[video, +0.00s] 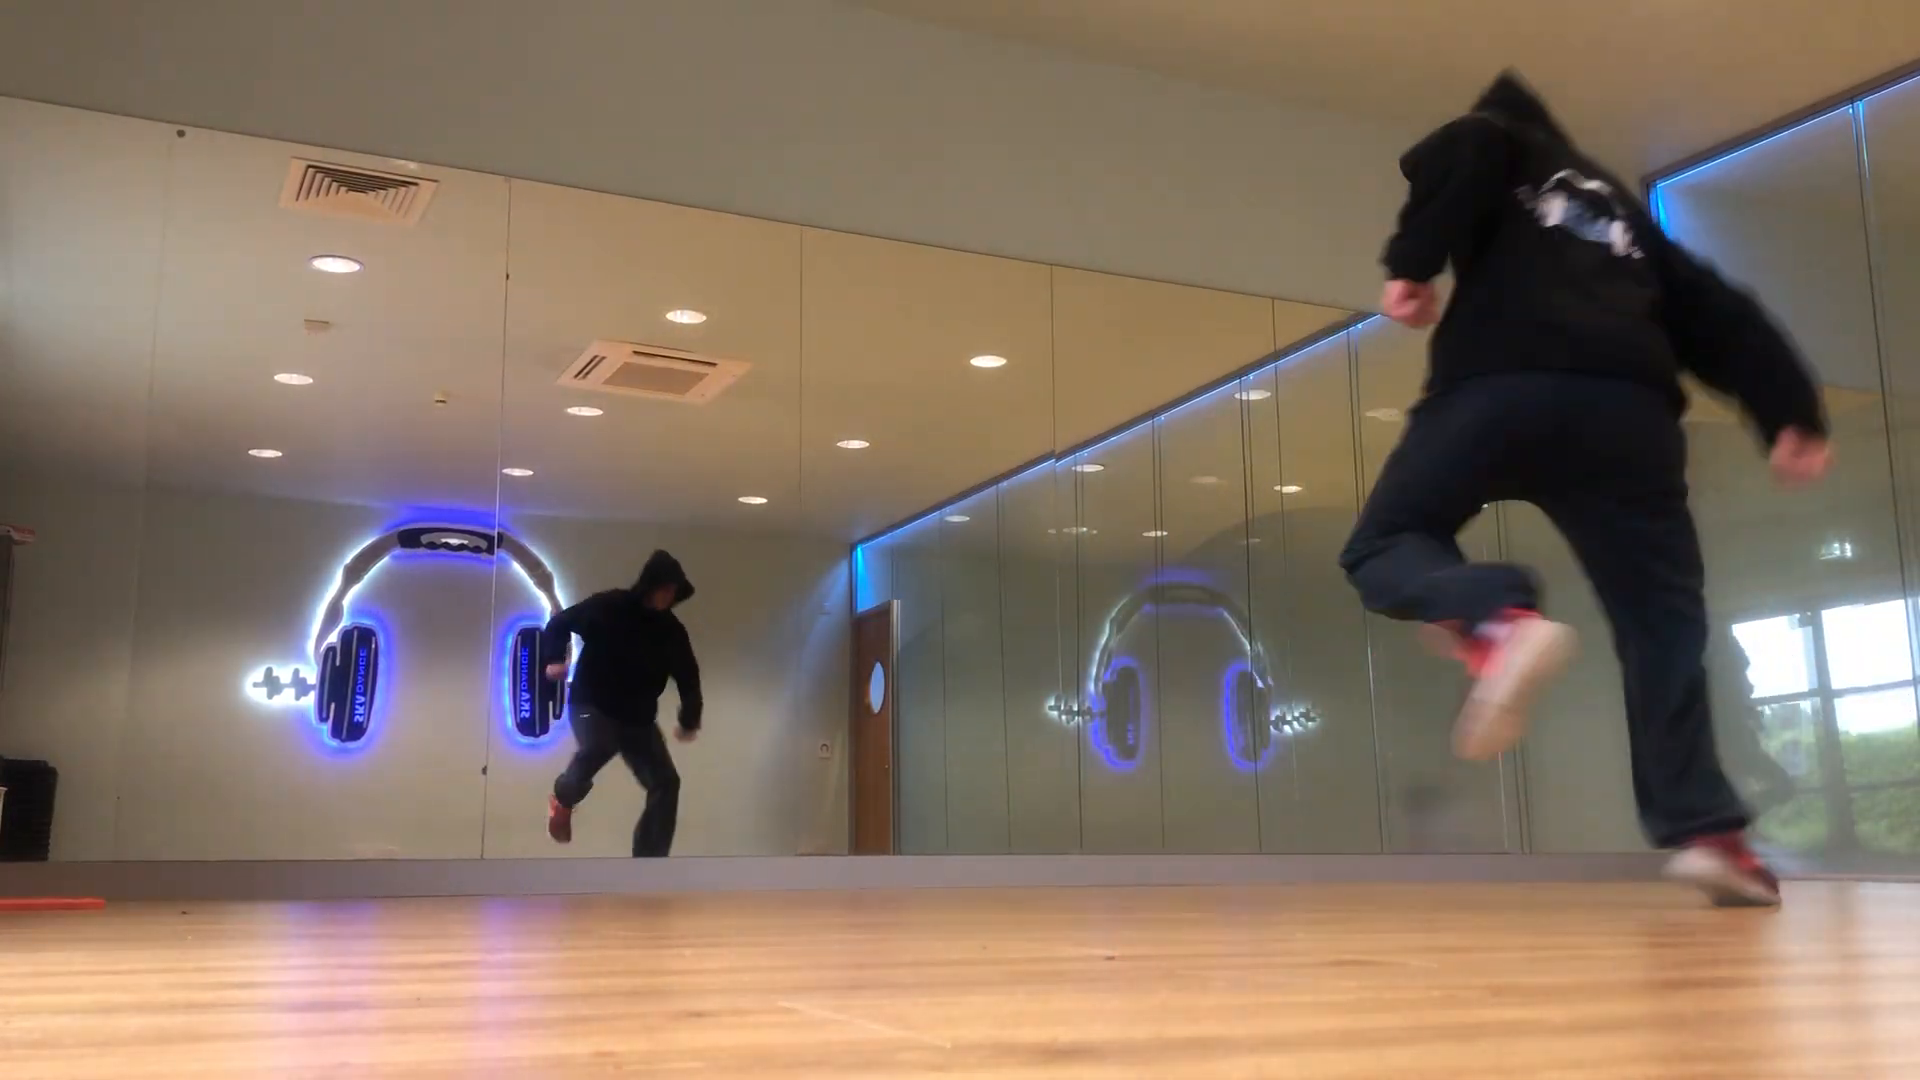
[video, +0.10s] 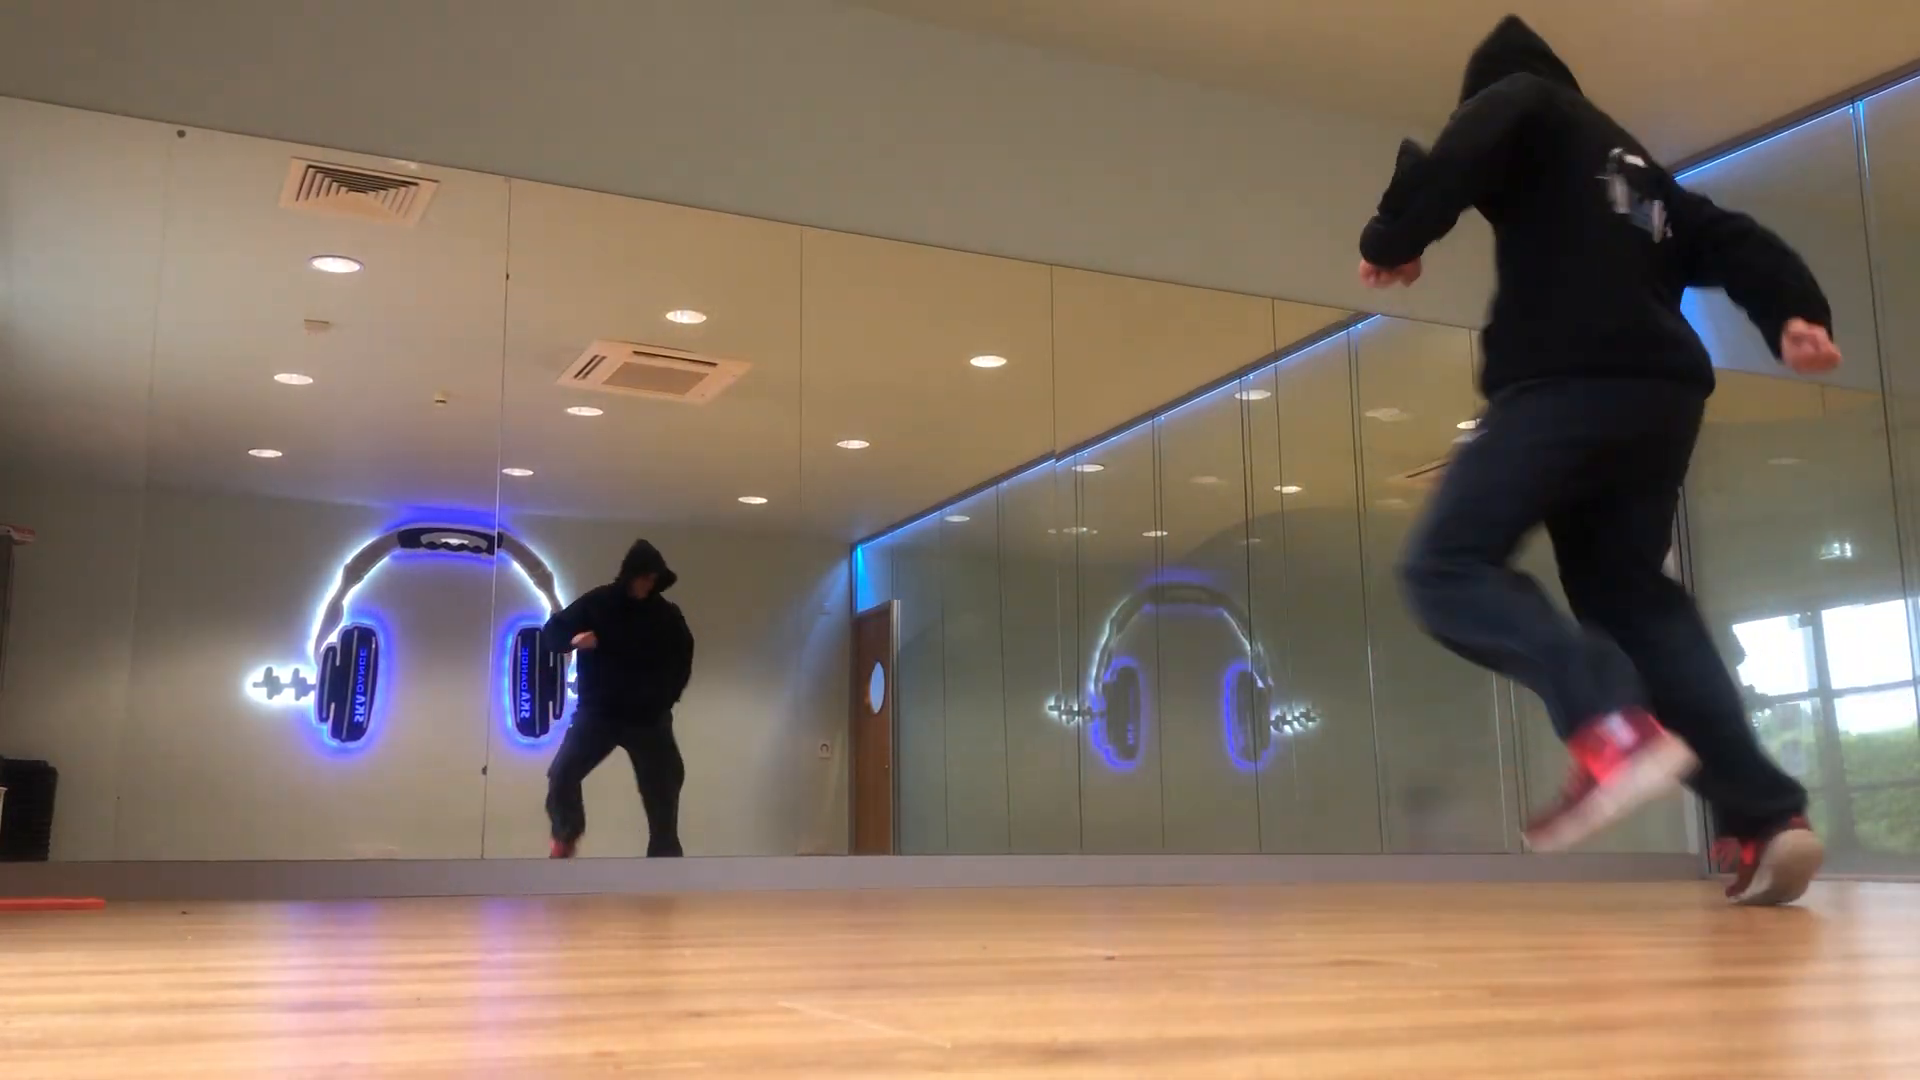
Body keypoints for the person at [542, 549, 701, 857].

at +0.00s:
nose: (668, 597)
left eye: (673, 591)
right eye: (665, 589)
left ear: (675, 594)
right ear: (650, 585)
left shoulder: (672, 631)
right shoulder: (610, 606)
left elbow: (688, 677)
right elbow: (558, 624)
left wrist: (689, 719)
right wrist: (554, 659)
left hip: (636, 718)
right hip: (591, 707)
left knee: (665, 783)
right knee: (599, 747)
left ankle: (648, 868)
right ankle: (562, 801)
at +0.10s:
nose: (646, 584)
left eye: (652, 578)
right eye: (641, 576)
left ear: (658, 580)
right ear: (627, 574)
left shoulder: (668, 615)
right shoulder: (600, 602)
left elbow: (683, 655)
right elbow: (551, 633)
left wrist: (668, 697)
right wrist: (571, 641)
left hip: (649, 717)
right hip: (598, 715)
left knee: (665, 781)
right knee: (562, 773)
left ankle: (664, 859)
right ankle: (565, 831)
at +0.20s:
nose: (622, 596)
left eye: (628, 589)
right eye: (617, 589)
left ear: (635, 589)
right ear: (605, 588)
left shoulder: (652, 619)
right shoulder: (586, 616)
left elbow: (678, 652)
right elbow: (555, 661)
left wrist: (664, 698)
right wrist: (587, 642)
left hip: (643, 723)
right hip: (598, 724)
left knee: (649, 795)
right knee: (572, 793)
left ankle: (668, 868)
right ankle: (561, 870)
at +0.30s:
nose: (600, 621)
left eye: (604, 613)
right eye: (594, 614)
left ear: (612, 611)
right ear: (582, 614)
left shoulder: (629, 637)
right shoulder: (566, 641)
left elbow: (661, 666)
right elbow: (560, 688)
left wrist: (672, 707)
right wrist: (594, 670)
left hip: (640, 732)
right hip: (595, 735)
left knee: (656, 796)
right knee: (584, 804)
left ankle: (674, 865)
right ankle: (577, 872)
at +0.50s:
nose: (584, 606)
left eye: (587, 600)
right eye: (580, 599)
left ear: (592, 602)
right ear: (570, 601)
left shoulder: (610, 634)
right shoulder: (544, 640)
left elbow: (639, 675)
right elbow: (513, 679)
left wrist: (654, 715)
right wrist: (499, 713)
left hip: (620, 728)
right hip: (577, 735)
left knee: (645, 767)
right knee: (570, 800)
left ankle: (672, 766)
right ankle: (581, 867)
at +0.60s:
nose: (582, 583)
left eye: (587, 576)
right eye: (576, 577)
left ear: (593, 578)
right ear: (563, 578)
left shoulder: (609, 611)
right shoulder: (542, 616)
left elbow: (631, 652)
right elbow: (506, 650)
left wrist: (628, 691)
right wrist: (494, 685)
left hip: (612, 708)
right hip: (571, 713)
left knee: (650, 762)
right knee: (577, 790)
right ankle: (575, 866)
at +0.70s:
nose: (583, 576)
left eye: (589, 570)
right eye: (577, 570)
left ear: (595, 572)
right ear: (565, 571)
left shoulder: (610, 604)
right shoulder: (546, 607)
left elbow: (632, 645)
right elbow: (512, 643)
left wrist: (616, 669)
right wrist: (496, 678)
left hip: (598, 702)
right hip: (561, 705)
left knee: (626, 769)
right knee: (575, 786)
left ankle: (547, 781)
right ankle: (547, 868)